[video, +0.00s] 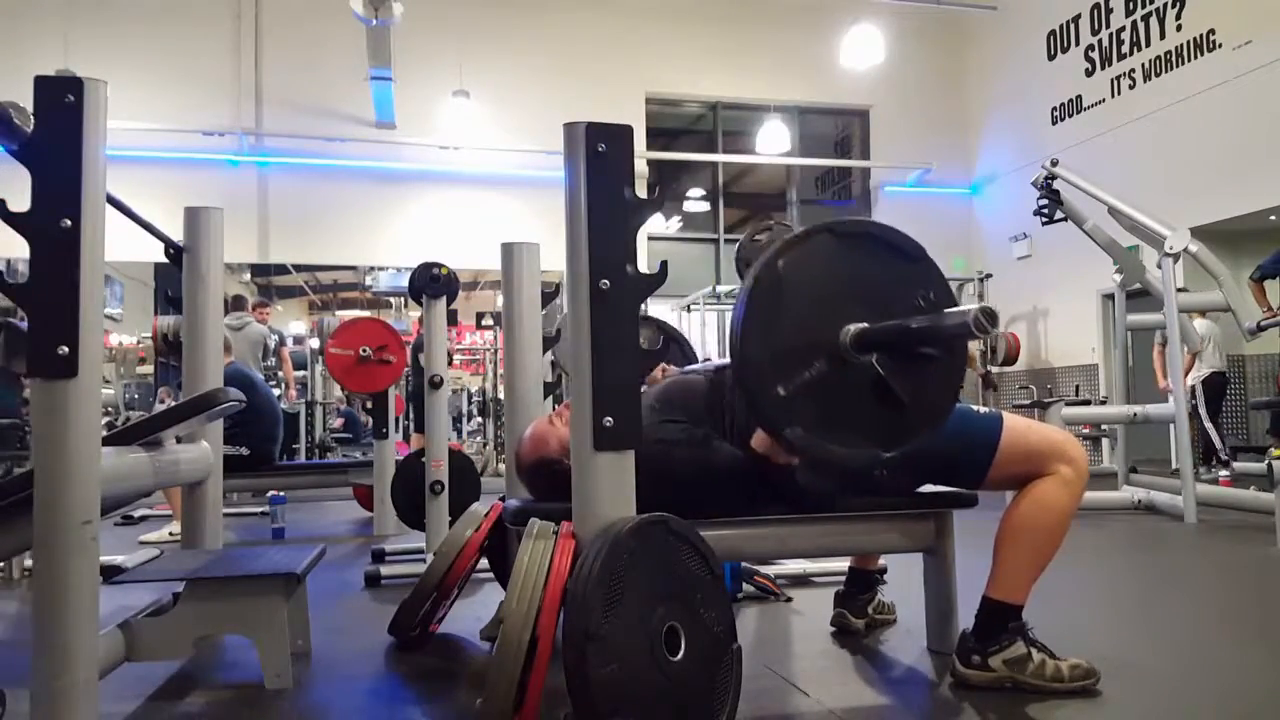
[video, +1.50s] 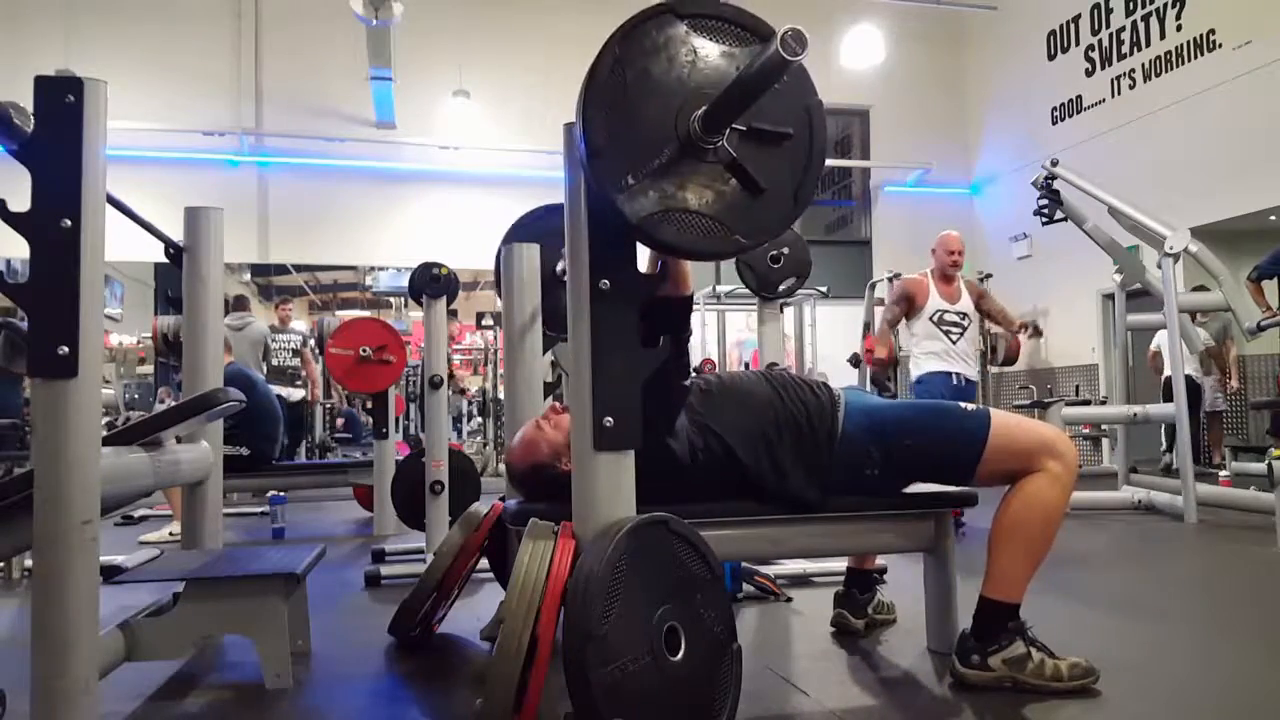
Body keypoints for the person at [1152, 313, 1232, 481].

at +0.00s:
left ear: (1190, 312)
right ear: (1205, 311)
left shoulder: (1194, 326)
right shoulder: (1214, 326)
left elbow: (1191, 355)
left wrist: (1180, 377)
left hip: (1204, 377)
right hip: (1221, 374)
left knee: (1205, 421)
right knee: (1210, 421)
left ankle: (1224, 462)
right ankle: (1206, 463)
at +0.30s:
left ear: (1188, 313)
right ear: (1206, 312)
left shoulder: (1185, 328)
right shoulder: (1217, 328)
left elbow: (1177, 354)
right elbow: (1223, 355)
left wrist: (1165, 375)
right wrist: (1216, 368)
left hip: (1192, 375)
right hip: (1214, 374)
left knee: (1187, 418)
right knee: (1210, 420)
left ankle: (1197, 453)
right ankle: (1208, 458)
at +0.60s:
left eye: (1187, 314)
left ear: (1186, 315)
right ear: (1201, 313)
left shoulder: (1179, 329)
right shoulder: (1213, 329)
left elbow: (1166, 355)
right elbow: (1223, 356)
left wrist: (1156, 373)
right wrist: (1217, 372)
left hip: (1186, 377)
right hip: (1209, 377)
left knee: (1181, 421)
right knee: (1206, 423)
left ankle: (1183, 463)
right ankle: (1205, 465)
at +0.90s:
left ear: (1170, 315)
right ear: (1192, 314)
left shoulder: (1166, 331)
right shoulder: (1202, 329)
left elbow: (1157, 353)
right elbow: (1210, 352)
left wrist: (1148, 378)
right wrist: (1209, 372)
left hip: (1174, 379)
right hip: (1198, 378)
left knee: (1176, 422)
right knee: (1200, 421)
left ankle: (1178, 462)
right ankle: (1204, 459)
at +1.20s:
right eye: (1188, 314)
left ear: (1167, 316)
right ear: (1188, 316)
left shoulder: (1159, 333)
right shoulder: (1198, 331)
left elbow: (1144, 362)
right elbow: (1216, 351)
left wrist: (1144, 380)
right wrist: (1223, 368)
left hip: (1170, 378)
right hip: (1194, 377)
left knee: (1172, 421)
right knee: (1195, 421)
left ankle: (1176, 459)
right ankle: (1194, 460)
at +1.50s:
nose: (1197, 316)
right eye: (1195, 314)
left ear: (1171, 317)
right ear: (1192, 316)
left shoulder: (1162, 333)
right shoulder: (1199, 332)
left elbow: (1151, 357)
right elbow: (1214, 353)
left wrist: (1159, 371)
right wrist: (1223, 373)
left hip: (1169, 378)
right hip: (1192, 378)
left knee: (1168, 418)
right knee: (1193, 421)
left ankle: (1167, 454)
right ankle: (1194, 461)